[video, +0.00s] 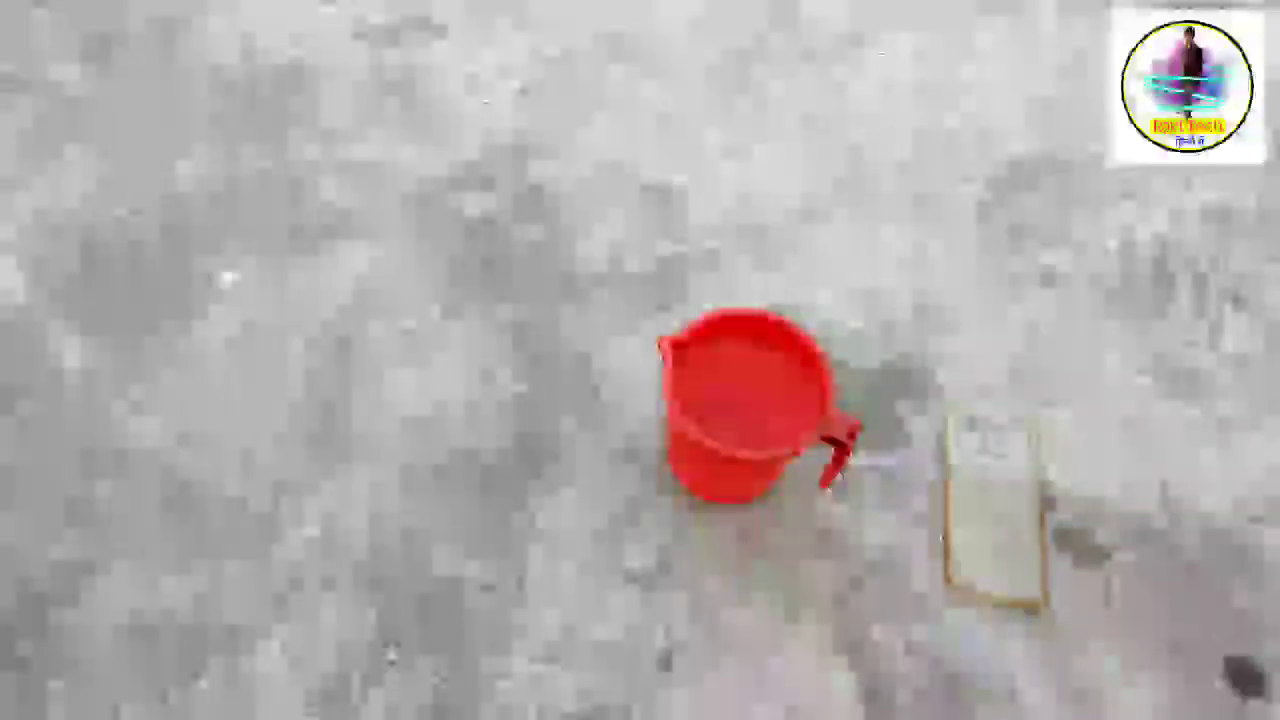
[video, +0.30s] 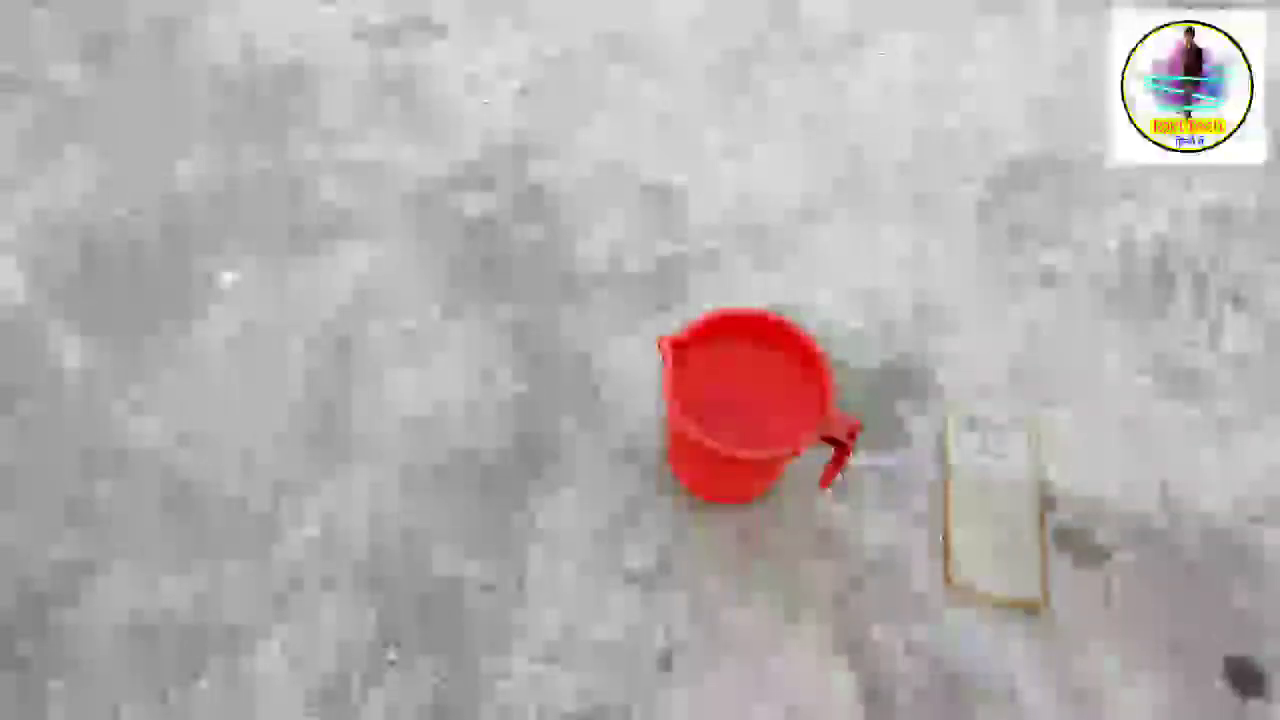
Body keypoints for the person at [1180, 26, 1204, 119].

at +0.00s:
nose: (1187, 38)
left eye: (1189, 36)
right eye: (1186, 36)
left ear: (1193, 36)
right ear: (1184, 36)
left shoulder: (1197, 50)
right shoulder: (1182, 50)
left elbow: (1199, 64)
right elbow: (1177, 62)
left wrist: (1198, 75)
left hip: (1194, 75)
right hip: (1184, 74)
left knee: (1190, 93)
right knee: (1185, 93)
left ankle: (1188, 112)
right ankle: (1186, 112)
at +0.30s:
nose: (1187, 38)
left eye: (1189, 36)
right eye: (1186, 36)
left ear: (1193, 36)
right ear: (1184, 36)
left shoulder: (1197, 50)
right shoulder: (1182, 50)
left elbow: (1199, 63)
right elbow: (1178, 61)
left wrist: (1199, 73)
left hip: (1194, 74)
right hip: (1184, 73)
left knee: (1190, 92)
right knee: (1185, 92)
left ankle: (1188, 111)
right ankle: (1186, 110)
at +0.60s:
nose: (1187, 38)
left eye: (1189, 36)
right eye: (1186, 36)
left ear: (1193, 36)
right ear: (1184, 36)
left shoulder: (1197, 50)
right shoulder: (1182, 50)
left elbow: (1199, 63)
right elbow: (1178, 61)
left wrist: (1199, 73)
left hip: (1194, 74)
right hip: (1184, 73)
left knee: (1190, 92)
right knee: (1185, 92)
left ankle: (1188, 111)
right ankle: (1186, 110)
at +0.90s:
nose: (1187, 38)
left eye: (1189, 36)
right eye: (1186, 36)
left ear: (1193, 36)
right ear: (1184, 36)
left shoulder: (1197, 50)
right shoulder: (1182, 50)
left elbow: (1199, 63)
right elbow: (1178, 61)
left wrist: (1199, 73)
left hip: (1194, 74)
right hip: (1184, 73)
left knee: (1190, 92)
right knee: (1185, 92)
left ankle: (1188, 111)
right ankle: (1186, 110)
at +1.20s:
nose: (1187, 38)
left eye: (1189, 36)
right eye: (1186, 36)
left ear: (1193, 36)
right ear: (1184, 36)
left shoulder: (1197, 50)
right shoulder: (1181, 49)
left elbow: (1199, 64)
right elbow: (1176, 61)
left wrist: (1197, 75)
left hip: (1193, 75)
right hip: (1183, 74)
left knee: (1190, 93)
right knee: (1185, 93)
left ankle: (1188, 111)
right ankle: (1186, 111)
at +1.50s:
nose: (1187, 38)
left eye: (1189, 36)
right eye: (1186, 36)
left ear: (1193, 36)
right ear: (1184, 36)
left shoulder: (1197, 50)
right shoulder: (1181, 49)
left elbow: (1199, 64)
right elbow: (1176, 61)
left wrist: (1197, 75)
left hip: (1193, 75)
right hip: (1183, 74)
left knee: (1190, 93)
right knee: (1185, 93)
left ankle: (1188, 111)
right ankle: (1186, 111)